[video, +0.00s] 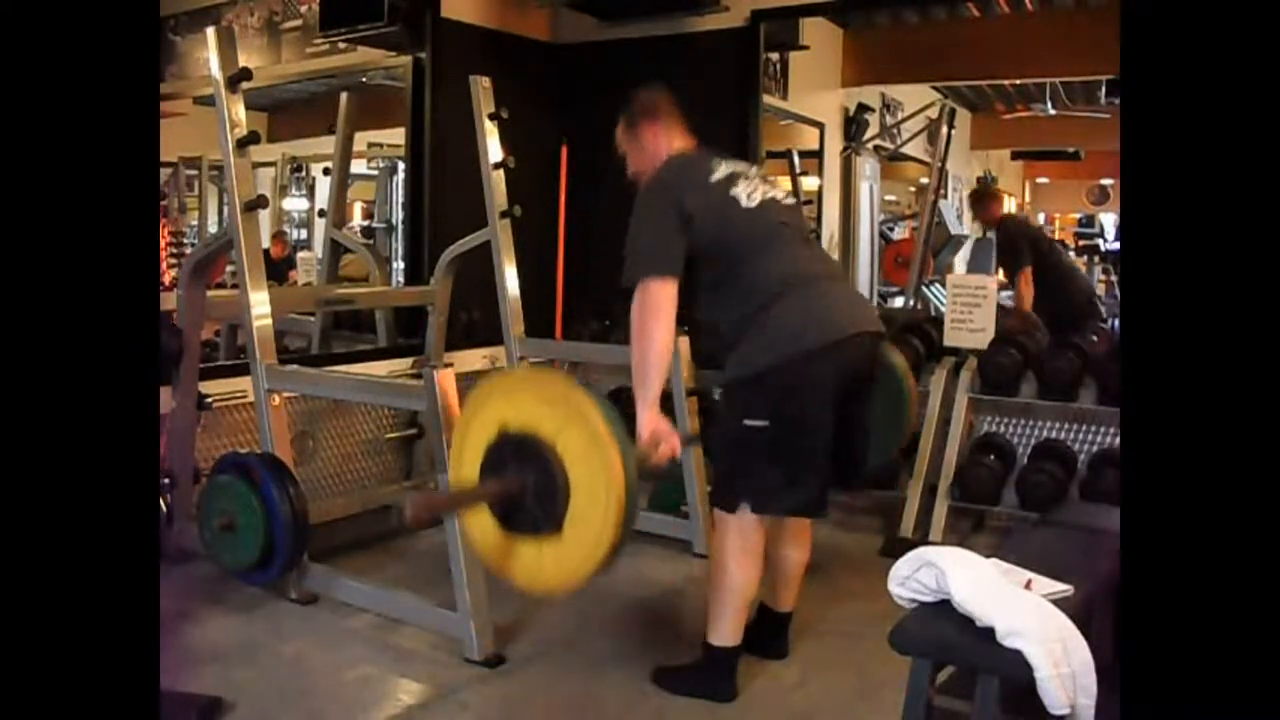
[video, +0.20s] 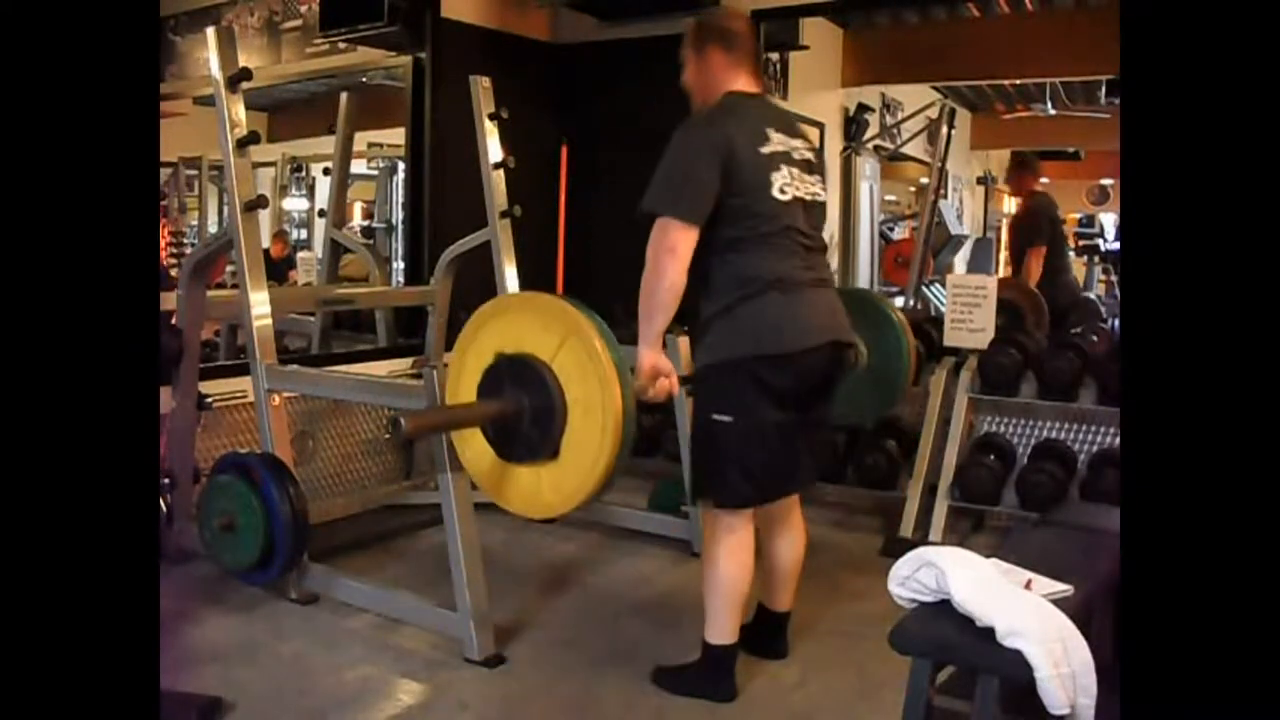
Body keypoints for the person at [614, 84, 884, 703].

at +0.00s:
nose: (630, 169)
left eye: (628, 153)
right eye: (626, 156)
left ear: (652, 133)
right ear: (681, 132)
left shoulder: (665, 188)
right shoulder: (737, 175)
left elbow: (655, 295)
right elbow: (786, 268)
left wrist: (647, 406)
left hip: (779, 351)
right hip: (852, 337)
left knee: (736, 504)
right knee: (795, 497)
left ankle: (717, 666)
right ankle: (773, 630)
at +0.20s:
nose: (684, 80)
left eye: (686, 66)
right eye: (685, 66)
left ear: (706, 59)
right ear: (750, 60)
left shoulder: (712, 127)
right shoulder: (800, 128)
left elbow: (672, 244)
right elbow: (788, 239)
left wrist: (648, 345)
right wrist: (719, 336)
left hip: (750, 347)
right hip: (821, 340)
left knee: (728, 509)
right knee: (780, 494)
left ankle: (716, 668)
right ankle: (771, 631)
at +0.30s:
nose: (711, 66)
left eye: (715, 51)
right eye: (713, 52)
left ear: (741, 50)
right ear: (774, 54)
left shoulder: (731, 126)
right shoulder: (811, 129)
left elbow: (685, 244)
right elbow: (794, 246)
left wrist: (649, 339)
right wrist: (701, 334)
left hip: (742, 344)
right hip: (811, 339)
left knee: (725, 503)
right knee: (776, 489)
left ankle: (715, 668)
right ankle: (771, 631)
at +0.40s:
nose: (722, 64)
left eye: (726, 49)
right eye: (724, 50)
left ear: (754, 50)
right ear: (788, 54)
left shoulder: (742, 126)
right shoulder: (823, 133)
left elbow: (694, 242)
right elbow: (804, 249)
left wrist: (650, 338)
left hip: (739, 344)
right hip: (808, 341)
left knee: (722, 503)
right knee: (772, 489)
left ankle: (715, 669)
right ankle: (771, 632)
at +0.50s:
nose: (725, 64)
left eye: (729, 50)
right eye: (726, 50)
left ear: (757, 50)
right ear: (791, 54)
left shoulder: (743, 127)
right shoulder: (825, 133)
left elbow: (695, 243)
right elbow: (803, 250)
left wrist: (650, 338)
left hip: (738, 343)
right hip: (808, 340)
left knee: (722, 502)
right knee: (772, 487)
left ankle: (714, 668)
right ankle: (771, 631)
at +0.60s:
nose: (723, 63)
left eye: (727, 49)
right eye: (725, 49)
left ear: (755, 50)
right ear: (789, 54)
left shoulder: (741, 128)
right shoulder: (823, 135)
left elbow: (695, 245)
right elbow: (801, 250)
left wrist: (650, 341)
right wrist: (688, 339)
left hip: (738, 343)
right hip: (806, 340)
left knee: (721, 503)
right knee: (772, 489)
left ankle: (714, 669)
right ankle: (770, 631)